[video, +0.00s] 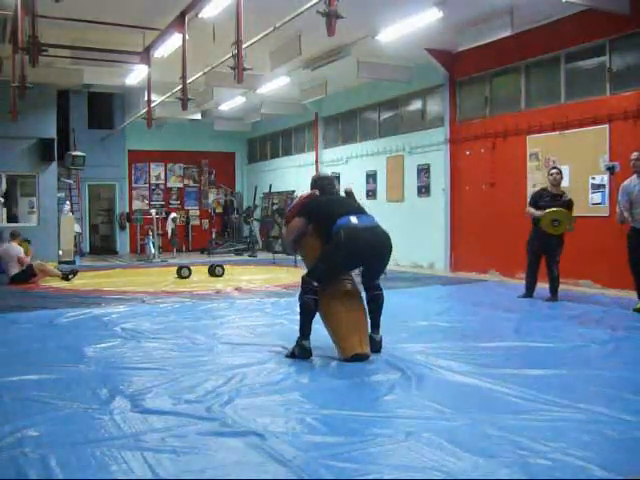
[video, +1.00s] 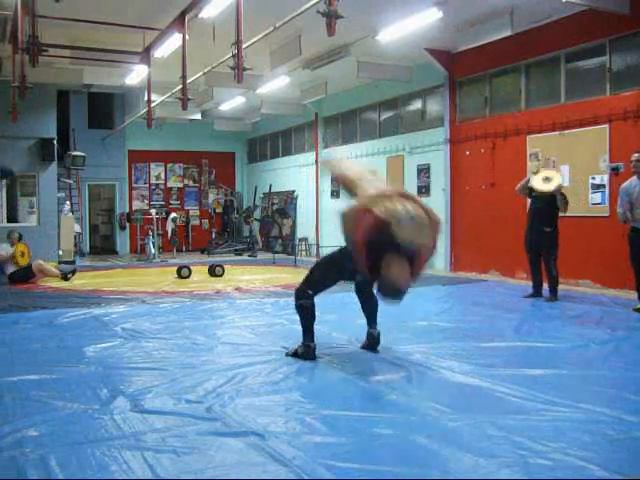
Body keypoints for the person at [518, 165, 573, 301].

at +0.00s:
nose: (555, 177)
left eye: (557, 174)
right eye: (552, 174)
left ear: (561, 177)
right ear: (548, 178)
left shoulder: (567, 199)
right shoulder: (539, 194)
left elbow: (568, 218)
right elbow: (529, 209)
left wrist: (568, 225)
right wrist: (540, 213)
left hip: (556, 235)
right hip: (538, 233)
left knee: (553, 265)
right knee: (532, 264)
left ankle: (554, 293)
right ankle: (529, 291)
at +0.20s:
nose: (550, 178)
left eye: (553, 175)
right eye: (547, 175)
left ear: (558, 178)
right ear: (544, 178)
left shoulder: (565, 198)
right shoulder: (537, 194)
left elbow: (571, 215)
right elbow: (530, 209)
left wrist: (565, 225)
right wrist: (533, 218)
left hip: (557, 234)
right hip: (539, 233)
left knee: (555, 265)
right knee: (533, 262)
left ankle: (554, 293)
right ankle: (534, 289)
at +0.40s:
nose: (542, 178)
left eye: (545, 176)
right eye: (541, 176)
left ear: (553, 178)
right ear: (539, 178)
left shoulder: (562, 198)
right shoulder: (535, 194)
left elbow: (568, 215)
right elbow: (531, 209)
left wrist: (560, 225)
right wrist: (527, 216)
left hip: (555, 234)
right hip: (538, 233)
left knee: (554, 265)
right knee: (536, 264)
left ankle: (554, 292)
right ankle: (537, 290)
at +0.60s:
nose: (543, 177)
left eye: (547, 174)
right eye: (542, 174)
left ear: (554, 177)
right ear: (540, 177)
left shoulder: (562, 198)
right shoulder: (537, 192)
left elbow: (565, 216)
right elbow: (529, 205)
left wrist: (554, 225)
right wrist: (525, 209)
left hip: (553, 233)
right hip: (537, 232)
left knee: (553, 264)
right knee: (536, 263)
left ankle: (553, 292)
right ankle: (536, 290)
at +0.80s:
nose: (543, 177)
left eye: (546, 174)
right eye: (541, 174)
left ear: (553, 176)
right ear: (540, 177)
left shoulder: (560, 196)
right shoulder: (537, 193)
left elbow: (564, 214)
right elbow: (523, 202)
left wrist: (552, 215)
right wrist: (529, 191)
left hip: (551, 230)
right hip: (535, 229)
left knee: (551, 261)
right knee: (534, 261)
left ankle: (553, 292)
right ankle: (536, 289)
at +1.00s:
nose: (545, 183)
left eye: (548, 180)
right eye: (543, 180)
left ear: (553, 183)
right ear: (538, 183)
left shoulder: (557, 196)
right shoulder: (534, 193)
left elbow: (563, 209)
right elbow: (519, 189)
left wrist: (558, 192)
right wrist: (531, 178)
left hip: (549, 231)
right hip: (533, 231)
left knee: (550, 263)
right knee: (534, 263)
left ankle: (553, 293)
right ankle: (536, 290)